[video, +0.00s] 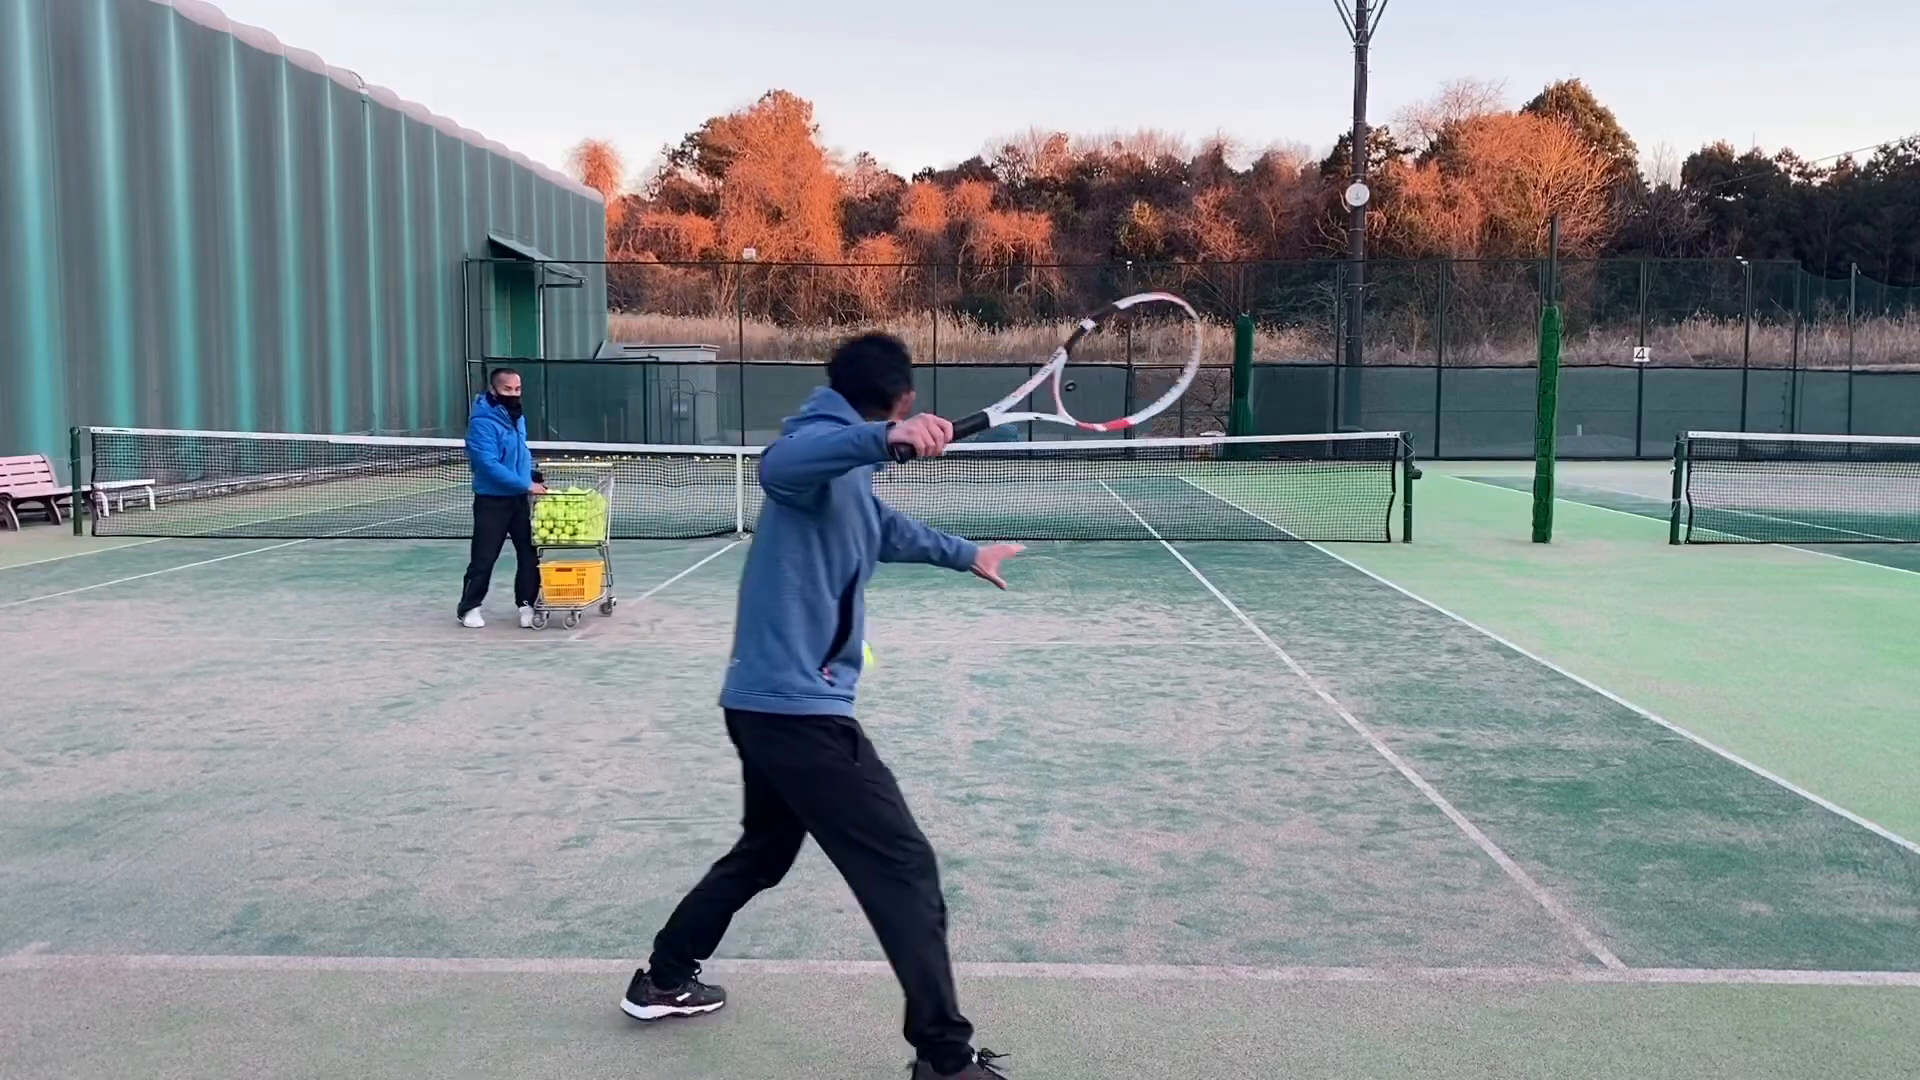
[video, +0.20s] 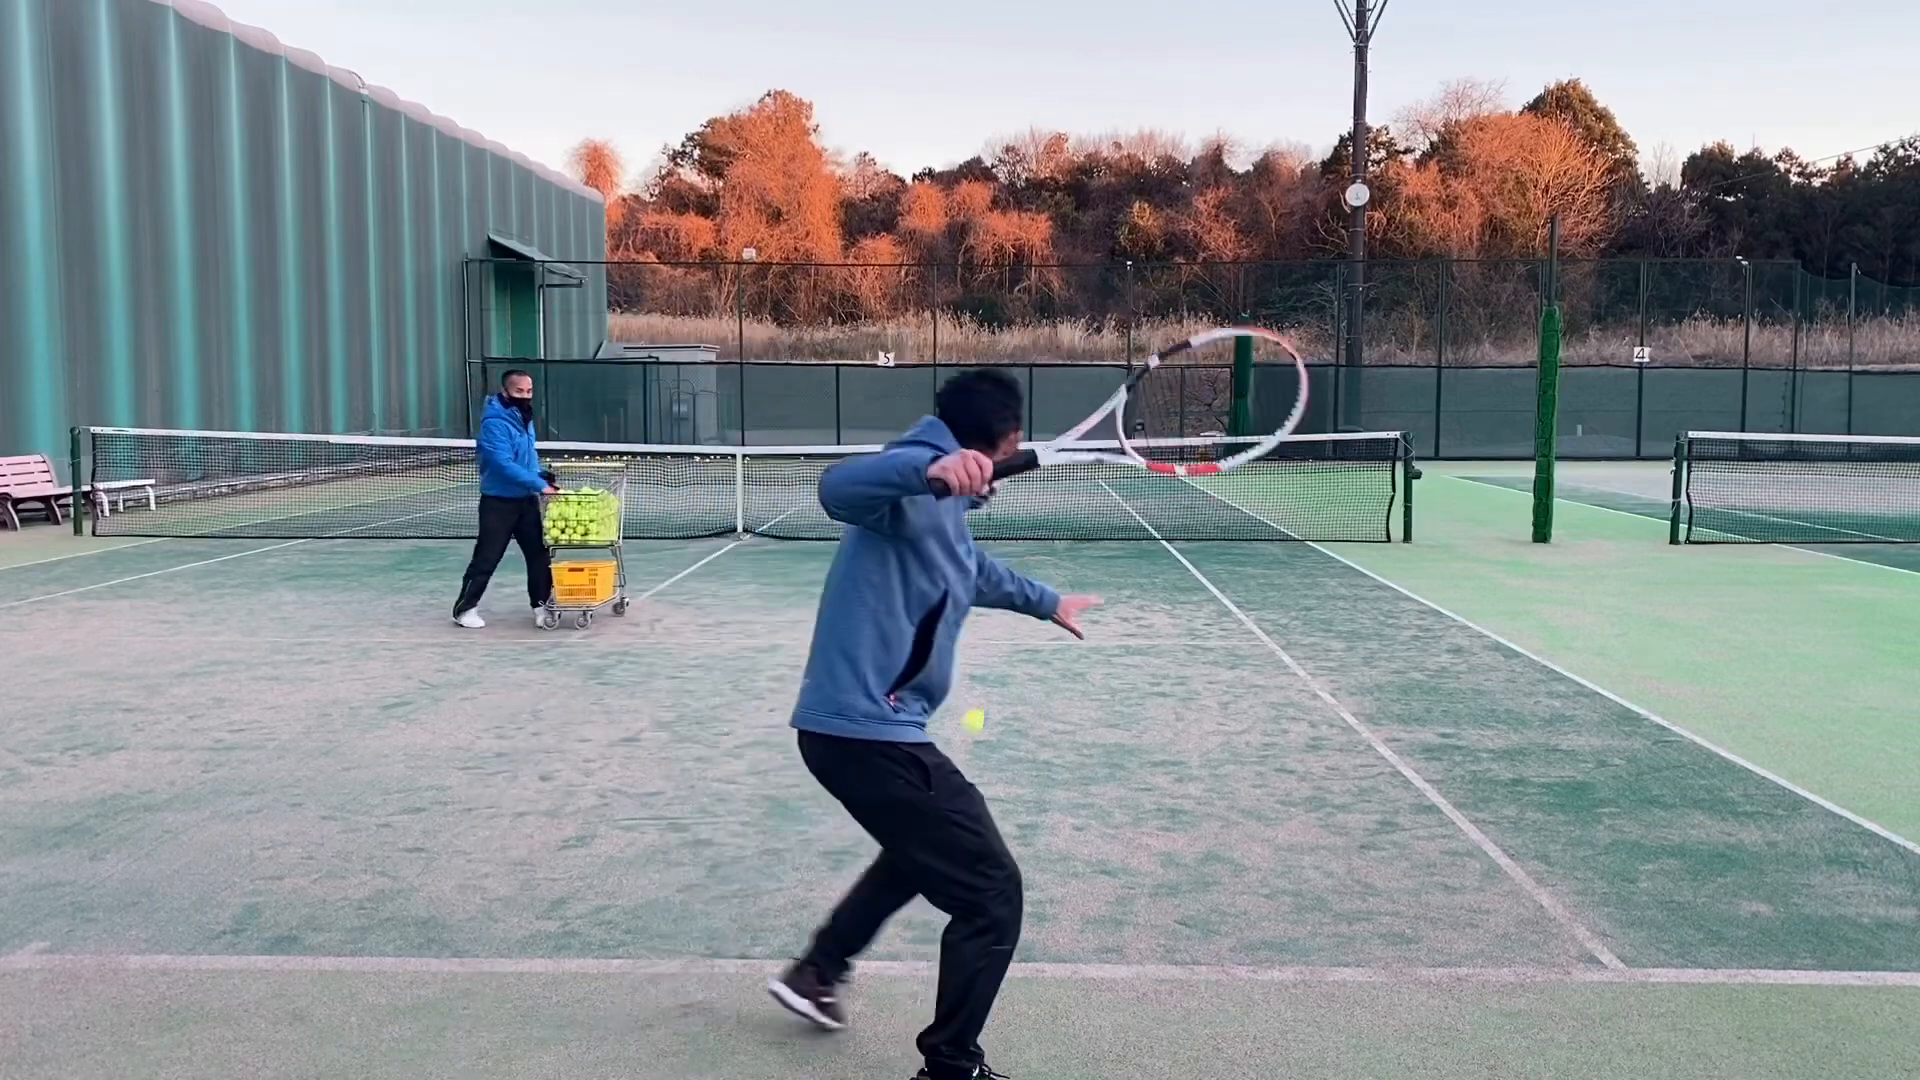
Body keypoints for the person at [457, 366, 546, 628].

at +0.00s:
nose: (515, 394)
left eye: (517, 389)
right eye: (509, 389)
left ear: (520, 390)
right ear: (495, 390)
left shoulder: (517, 416)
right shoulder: (482, 421)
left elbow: (521, 451)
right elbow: (488, 465)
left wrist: (533, 476)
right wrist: (526, 486)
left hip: (518, 497)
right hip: (491, 499)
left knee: (529, 553)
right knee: (484, 557)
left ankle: (526, 604)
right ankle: (470, 608)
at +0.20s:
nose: (527, 395)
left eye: (529, 391)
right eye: (520, 391)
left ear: (530, 391)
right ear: (506, 391)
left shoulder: (523, 417)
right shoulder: (494, 422)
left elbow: (528, 457)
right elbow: (502, 464)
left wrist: (543, 478)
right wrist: (539, 485)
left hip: (525, 500)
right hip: (498, 501)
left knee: (538, 554)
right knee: (487, 558)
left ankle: (541, 607)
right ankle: (465, 609)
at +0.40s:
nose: (541, 394)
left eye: (543, 389)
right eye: (535, 389)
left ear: (545, 390)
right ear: (520, 390)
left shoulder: (536, 417)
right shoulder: (509, 421)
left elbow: (541, 455)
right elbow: (526, 461)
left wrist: (560, 476)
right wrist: (562, 485)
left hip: (533, 499)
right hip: (506, 499)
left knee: (541, 555)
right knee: (495, 557)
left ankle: (541, 606)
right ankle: (467, 607)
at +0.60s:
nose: (549, 392)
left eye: (552, 388)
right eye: (543, 388)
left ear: (553, 389)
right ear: (529, 389)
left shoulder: (546, 415)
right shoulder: (518, 420)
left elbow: (551, 453)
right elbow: (538, 460)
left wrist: (564, 477)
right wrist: (568, 490)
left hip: (541, 495)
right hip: (514, 496)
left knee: (543, 553)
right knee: (504, 554)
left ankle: (542, 605)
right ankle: (478, 604)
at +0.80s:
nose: (554, 393)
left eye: (556, 389)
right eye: (548, 389)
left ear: (557, 390)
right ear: (533, 391)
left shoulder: (551, 416)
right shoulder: (523, 421)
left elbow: (555, 453)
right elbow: (538, 462)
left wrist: (566, 473)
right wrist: (570, 492)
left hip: (544, 495)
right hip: (519, 496)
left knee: (547, 553)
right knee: (509, 554)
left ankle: (542, 605)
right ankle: (483, 603)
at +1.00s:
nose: (553, 393)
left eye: (556, 389)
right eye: (547, 389)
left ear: (558, 389)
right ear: (533, 391)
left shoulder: (554, 416)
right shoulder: (524, 422)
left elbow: (559, 449)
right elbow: (542, 463)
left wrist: (564, 466)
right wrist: (572, 494)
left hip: (547, 494)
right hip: (521, 495)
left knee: (548, 553)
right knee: (510, 554)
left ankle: (542, 605)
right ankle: (485, 603)